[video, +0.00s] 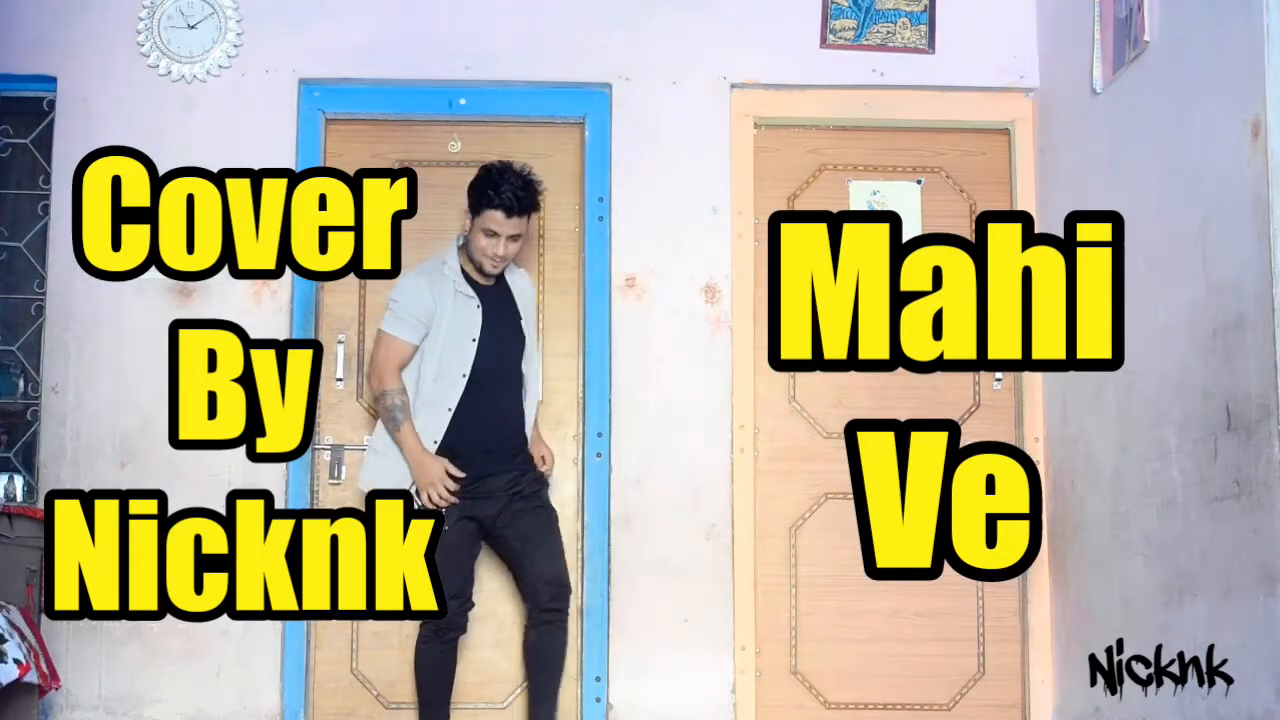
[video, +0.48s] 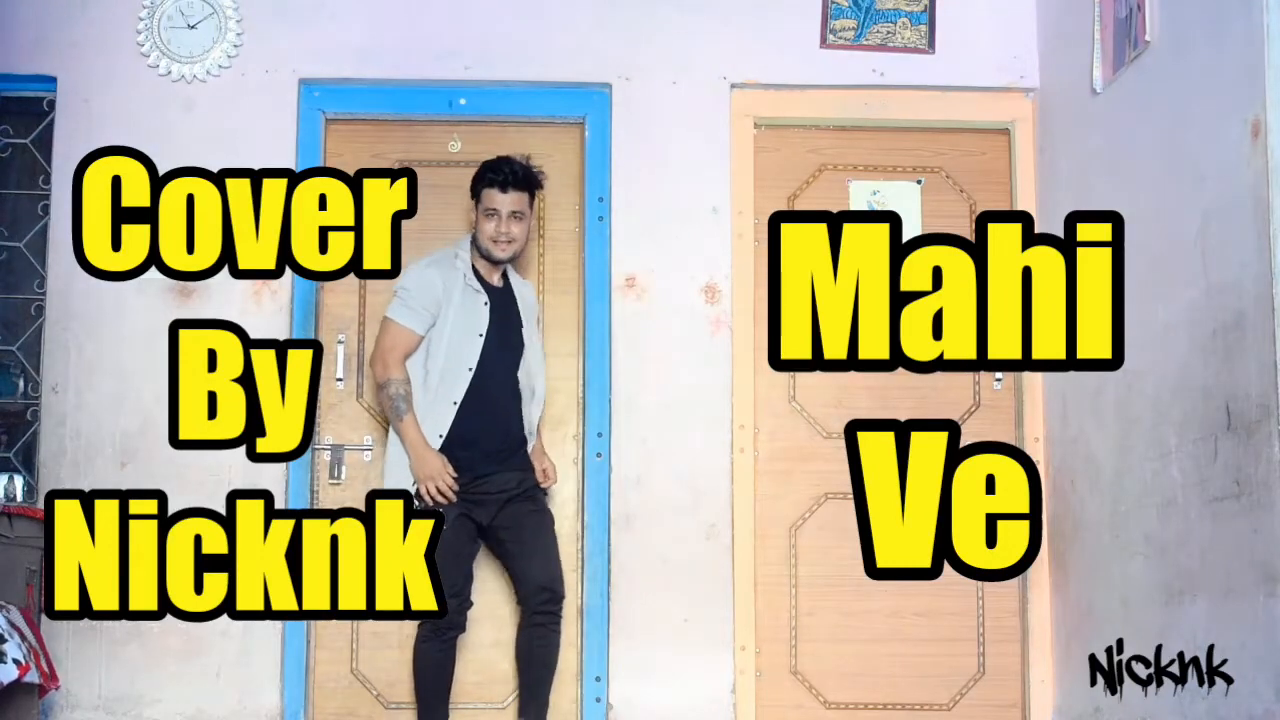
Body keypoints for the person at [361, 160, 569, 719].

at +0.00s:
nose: (501, 250)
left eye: (514, 238)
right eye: (490, 235)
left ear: (527, 232)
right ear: (468, 222)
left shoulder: (522, 286)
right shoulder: (425, 284)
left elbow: (525, 370)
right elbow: (384, 373)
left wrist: (533, 431)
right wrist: (417, 457)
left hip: (517, 484)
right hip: (446, 489)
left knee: (552, 602)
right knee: (445, 620)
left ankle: (543, 717)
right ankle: (434, 719)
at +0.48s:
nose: (504, 229)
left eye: (517, 217)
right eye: (492, 215)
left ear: (530, 223)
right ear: (473, 216)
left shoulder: (525, 293)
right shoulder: (433, 277)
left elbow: (522, 381)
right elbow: (386, 361)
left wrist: (535, 444)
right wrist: (419, 450)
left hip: (514, 483)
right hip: (446, 485)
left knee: (546, 599)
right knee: (443, 617)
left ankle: (532, 718)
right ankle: (432, 719)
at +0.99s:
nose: (560, 215)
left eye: (573, 203)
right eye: (548, 204)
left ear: (590, 211)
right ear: (531, 210)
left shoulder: (609, 289)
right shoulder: (486, 269)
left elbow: (648, 383)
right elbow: (452, 356)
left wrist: (609, 445)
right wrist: (455, 431)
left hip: (572, 488)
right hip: (492, 483)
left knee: (577, 616)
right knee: (466, 612)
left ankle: (584, 719)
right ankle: (449, 716)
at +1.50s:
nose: (539, 217)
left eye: (552, 203)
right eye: (527, 204)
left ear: (573, 203)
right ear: (512, 205)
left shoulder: (604, 264)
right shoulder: (499, 279)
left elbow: (647, 349)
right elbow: (486, 372)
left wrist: (597, 420)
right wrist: (479, 436)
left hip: (577, 468)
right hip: (509, 471)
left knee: (574, 607)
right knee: (486, 597)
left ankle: (583, 716)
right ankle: (504, 714)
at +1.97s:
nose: (472, 215)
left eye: (488, 205)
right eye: (464, 201)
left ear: (506, 212)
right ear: (450, 203)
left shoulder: (540, 264)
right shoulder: (418, 297)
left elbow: (586, 343)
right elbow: (409, 396)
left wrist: (580, 417)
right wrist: (425, 460)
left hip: (545, 469)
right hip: (464, 481)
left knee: (562, 611)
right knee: (432, 615)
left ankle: (580, 719)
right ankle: (413, 718)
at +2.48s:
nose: (434, 196)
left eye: (448, 186)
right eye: (423, 185)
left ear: (468, 200)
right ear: (408, 196)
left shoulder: (490, 267)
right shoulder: (377, 268)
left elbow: (518, 341)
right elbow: (320, 347)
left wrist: (520, 411)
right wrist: (355, 433)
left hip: (479, 471)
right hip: (400, 473)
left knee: (496, 597)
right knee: (402, 608)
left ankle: (481, 716)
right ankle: (398, 717)